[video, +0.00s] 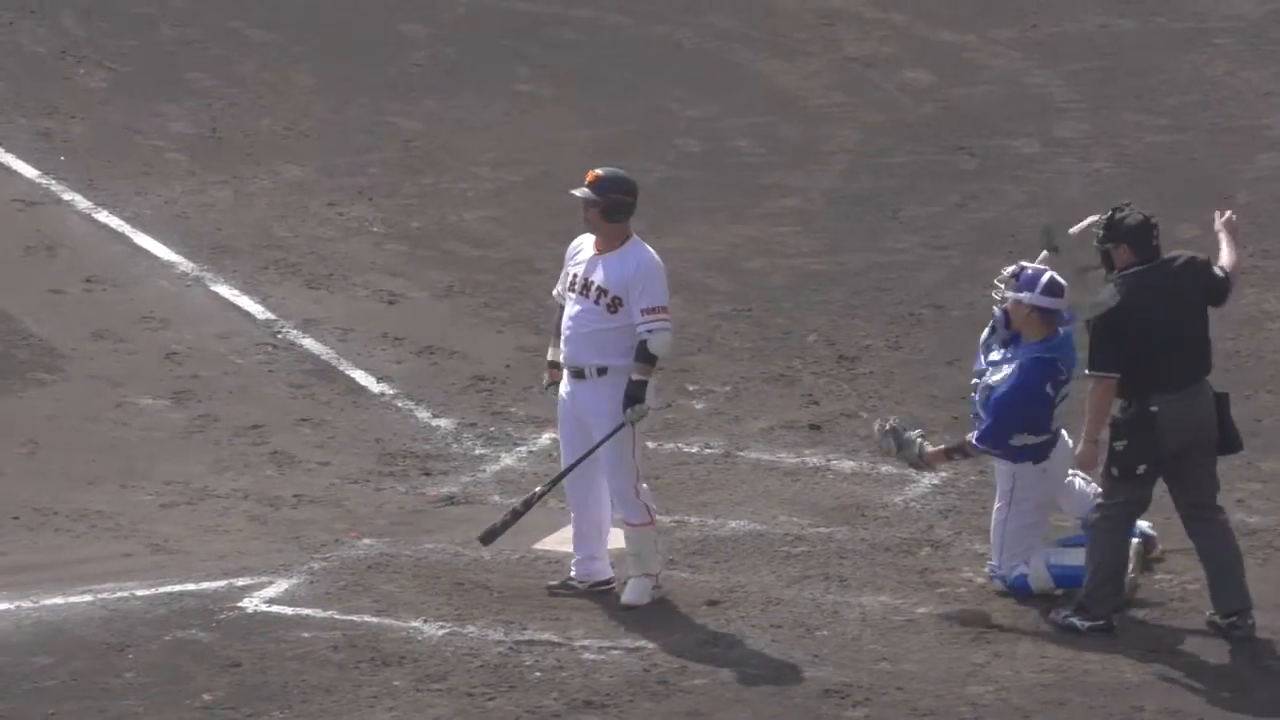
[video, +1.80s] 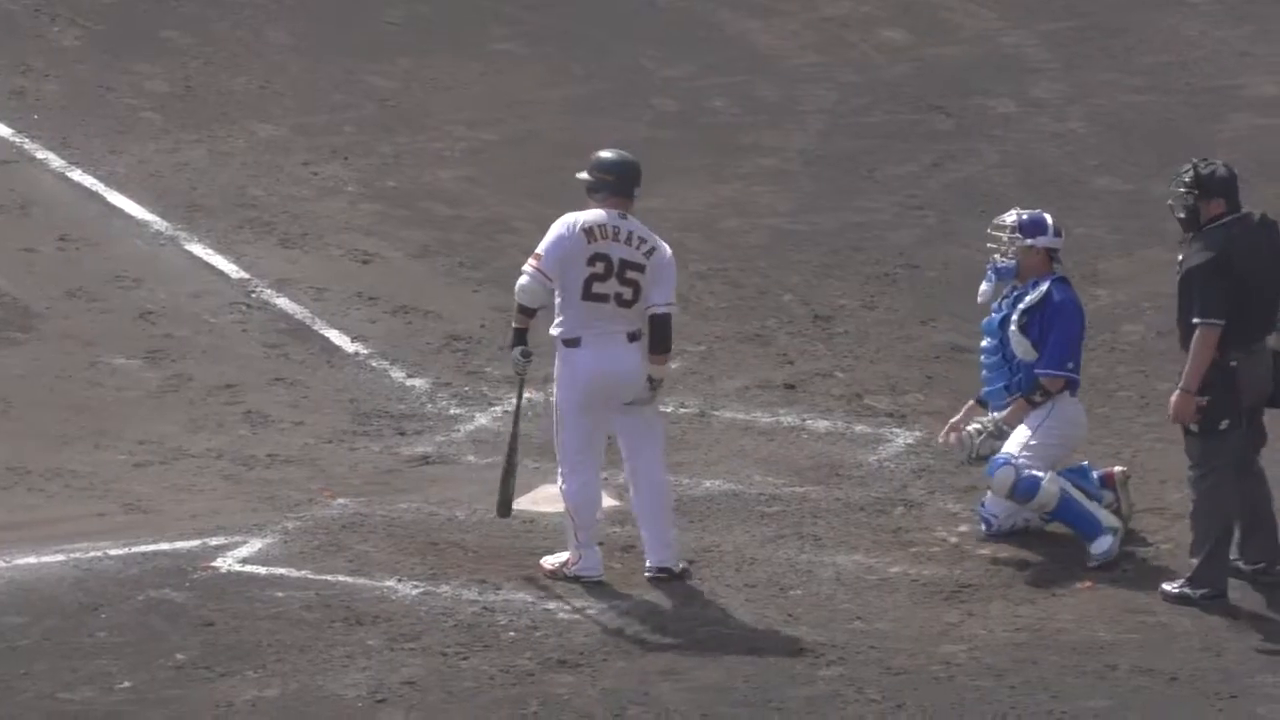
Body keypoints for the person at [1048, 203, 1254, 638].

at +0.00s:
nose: (1107, 255)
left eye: (1109, 248)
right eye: (1108, 247)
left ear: (1122, 252)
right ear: (1150, 244)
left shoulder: (1113, 306)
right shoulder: (1188, 270)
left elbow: (1103, 383)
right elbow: (1226, 278)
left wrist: (1089, 440)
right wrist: (1227, 234)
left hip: (1144, 417)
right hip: (1197, 406)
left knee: (1114, 513)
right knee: (1203, 509)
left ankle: (1095, 611)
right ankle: (1236, 612)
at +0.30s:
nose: (1165, 238)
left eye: (1170, 232)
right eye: (1167, 231)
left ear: (1185, 238)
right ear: (1209, 236)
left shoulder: (1172, 292)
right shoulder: (1241, 261)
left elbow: (1162, 369)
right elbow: (1244, 245)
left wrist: (1142, 422)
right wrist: (1236, 228)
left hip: (1190, 407)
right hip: (1239, 395)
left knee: (1152, 500)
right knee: (1230, 497)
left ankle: (1115, 593)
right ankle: (1244, 601)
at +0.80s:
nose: (1205, 223)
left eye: (1210, 217)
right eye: (1206, 215)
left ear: (1231, 222)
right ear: (1249, 218)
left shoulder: (1221, 267)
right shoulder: (1269, 245)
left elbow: (1223, 347)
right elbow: (1249, 219)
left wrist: (1209, 414)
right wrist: (1235, 177)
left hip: (1236, 393)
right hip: (1271, 386)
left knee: (1185, 481)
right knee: (1253, 480)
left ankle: (1183, 585)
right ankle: (1254, 583)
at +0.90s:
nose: (1209, 220)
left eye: (1215, 213)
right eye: (1210, 212)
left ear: (1234, 218)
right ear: (1254, 215)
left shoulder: (1227, 266)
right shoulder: (1272, 248)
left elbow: (1227, 346)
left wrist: (1216, 411)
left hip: (1240, 396)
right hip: (1272, 393)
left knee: (1192, 482)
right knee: (1256, 480)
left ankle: (1219, 582)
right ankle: (1257, 583)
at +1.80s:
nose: (1182, 206)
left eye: (1189, 199)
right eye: (1183, 197)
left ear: (1212, 204)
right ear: (1227, 201)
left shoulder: (1208, 251)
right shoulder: (1262, 231)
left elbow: (1209, 328)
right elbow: (1264, 306)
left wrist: (1186, 389)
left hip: (1220, 369)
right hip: (1258, 360)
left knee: (1209, 475)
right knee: (1242, 462)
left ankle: (1206, 578)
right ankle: (1259, 555)